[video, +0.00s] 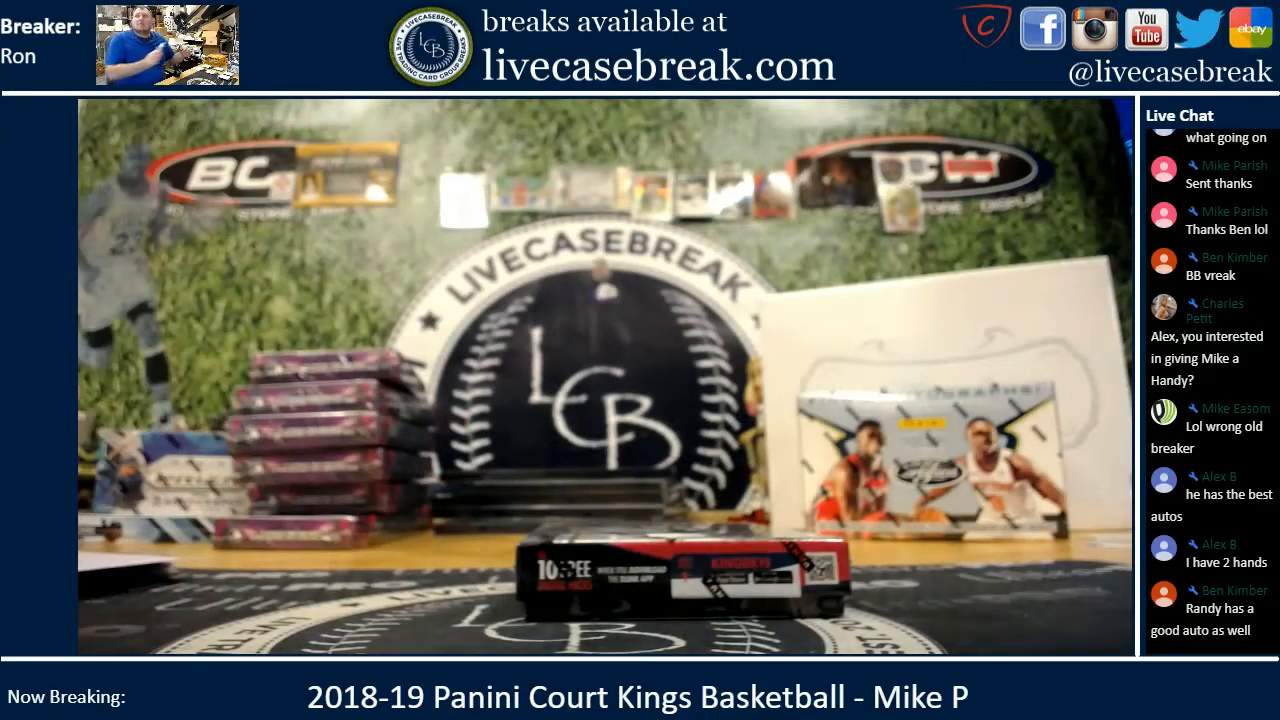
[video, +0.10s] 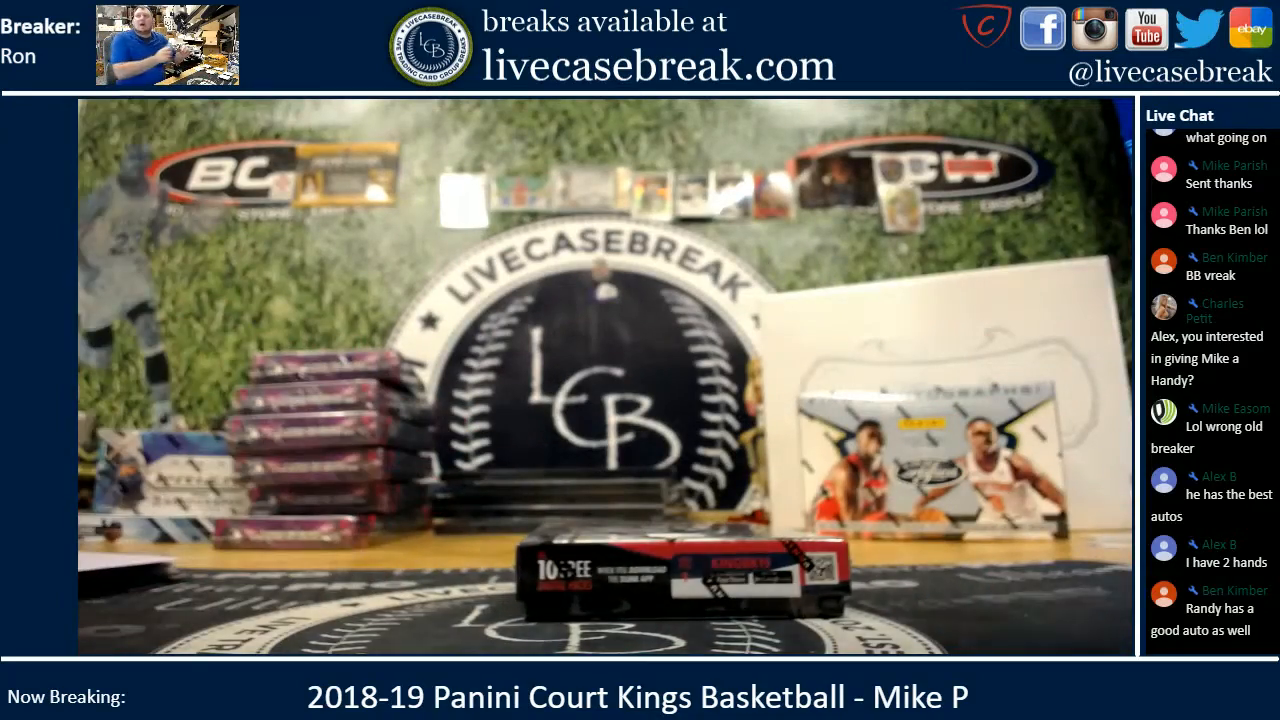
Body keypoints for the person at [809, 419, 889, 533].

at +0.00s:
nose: (877, 441)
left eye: (880, 437)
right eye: (872, 436)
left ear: (883, 441)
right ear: (859, 440)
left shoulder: (880, 474)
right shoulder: (845, 470)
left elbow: (880, 511)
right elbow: (849, 518)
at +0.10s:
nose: (877, 441)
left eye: (880, 437)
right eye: (872, 436)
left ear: (883, 441)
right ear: (859, 440)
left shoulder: (880, 473)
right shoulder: (846, 470)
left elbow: (880, 510)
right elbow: (849, 517)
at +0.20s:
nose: (877, 441)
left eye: (880, 437)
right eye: (872, 436)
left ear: (883, 440)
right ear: (859, 440)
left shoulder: (880, 473)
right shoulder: (846, 470)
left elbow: (879, 510)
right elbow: (849, 517)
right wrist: (884, 516)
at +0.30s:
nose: (877, 441)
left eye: (880, 437)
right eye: (872, 436)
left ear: (883, 441)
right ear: (859, 439)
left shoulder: (880, 474)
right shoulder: (846, 470)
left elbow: (879, 511)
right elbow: (849, 517)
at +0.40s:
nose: (877, 441)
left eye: (880, 437)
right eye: (872, 436)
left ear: (883, 441)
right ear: (859, 439)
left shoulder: (880, 474)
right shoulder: (846, 470)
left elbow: (879, 511)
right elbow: (849, 517)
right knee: (883, 519)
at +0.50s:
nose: (877, 441)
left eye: (880, 437)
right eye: (872, 436)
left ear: (883, 441)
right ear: (859, 439)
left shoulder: (879, 474)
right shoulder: (846, 470)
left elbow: (879, 512)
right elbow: (849, 518)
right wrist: (885, 517)